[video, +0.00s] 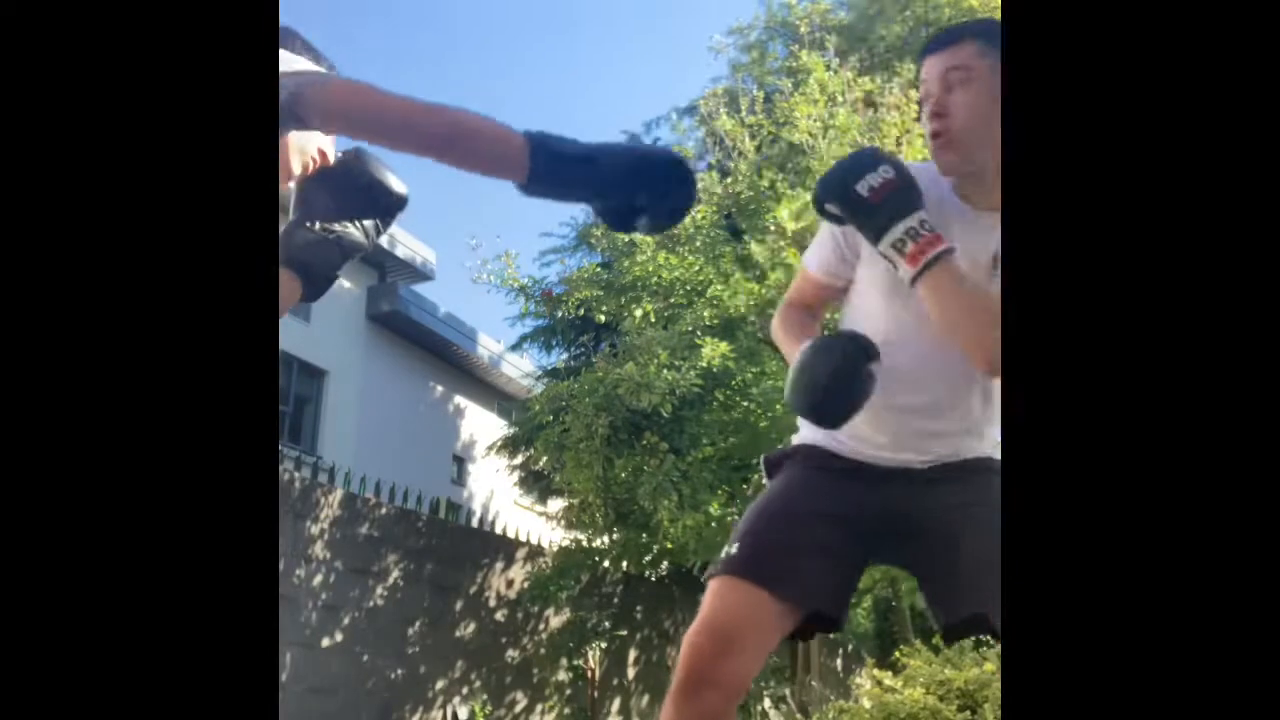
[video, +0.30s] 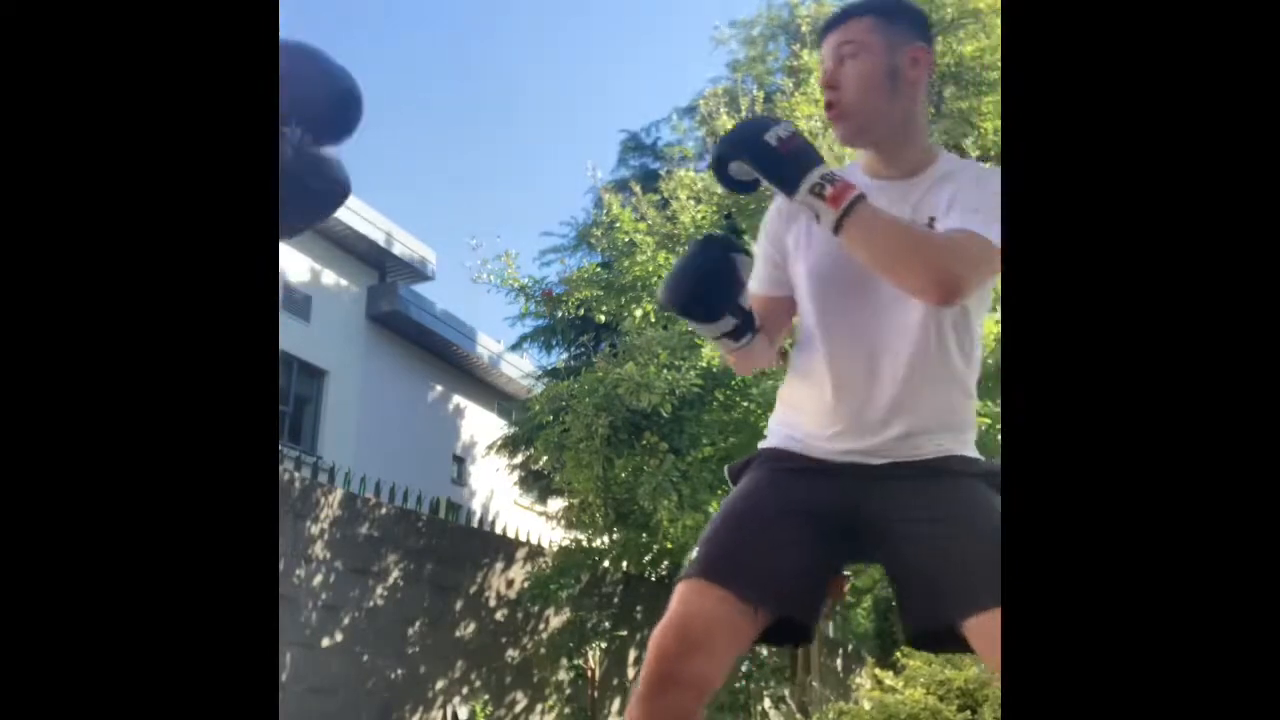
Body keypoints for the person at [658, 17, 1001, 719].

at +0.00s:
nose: (932, 105)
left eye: (956, 82)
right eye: (925, 90)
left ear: (1007, 94)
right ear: (920, 107)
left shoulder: (1002, 217)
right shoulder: (882, 194)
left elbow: (992, 349)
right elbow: (795, 311)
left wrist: (908, 234)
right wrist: (808, 356)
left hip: (966, 472)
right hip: (834, 464)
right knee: (711, 654)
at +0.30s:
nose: (825, 80)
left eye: (849, 55)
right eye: (823, 65)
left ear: (918, 65)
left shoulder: (979, 185)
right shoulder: (797, 203)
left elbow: (943, 278)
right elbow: (757, 354)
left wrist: (816, 185)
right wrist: (728, 323)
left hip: (934, 467)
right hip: (799, 462)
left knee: (1003, 648)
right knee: (675, 662)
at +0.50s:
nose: (727, 51)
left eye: (745, 24)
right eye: (724, 37)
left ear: (813, 25)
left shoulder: (899, 134)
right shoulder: (722, 177)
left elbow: (882, 237)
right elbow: (695, 337)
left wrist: (744, 171)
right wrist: (664, 275)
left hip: (890, 434)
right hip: (754, 435)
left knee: (997, 662)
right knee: (656, 666)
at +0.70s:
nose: (733, 63)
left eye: (755, 37)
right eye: (726, 52)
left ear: (820, 45)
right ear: (724, 72)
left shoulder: (889, 152)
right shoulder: (703, 183)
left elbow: (875, 237)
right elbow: (655, 348)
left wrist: (740, 158)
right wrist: (646, 290)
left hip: (868, 447)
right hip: (731, 444)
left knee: (992, 660)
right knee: (624, 653)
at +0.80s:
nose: (768, 70)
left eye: (790, 42)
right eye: (759, 57)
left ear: (853, 51)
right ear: (754, 73)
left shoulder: (917, 169)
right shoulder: (729, 176)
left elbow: (909, 276)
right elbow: (685, 305)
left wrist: (782, 187)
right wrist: (684, 330)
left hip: (876, 451)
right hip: (740, 445)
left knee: (996, 659)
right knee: (631, 656)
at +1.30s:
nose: (787, 54)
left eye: (813, 32)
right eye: (780, 41)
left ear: (874, 51)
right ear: (771, 63)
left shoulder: (922, 165)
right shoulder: (737, 176)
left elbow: (972, 230)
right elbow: (646, 312)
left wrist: (814, 155)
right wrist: (639, 239)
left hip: (884, 455)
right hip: (747, 442)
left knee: (995, 677)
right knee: (624, 632)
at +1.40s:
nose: (698, 25)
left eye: (722, 6)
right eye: (692, 13)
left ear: (784, 21)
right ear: (689, 37)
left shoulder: (845, 142)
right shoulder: (664, 134)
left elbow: (964, 162)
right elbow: (500, 177)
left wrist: (868, 73)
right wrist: (470, 59)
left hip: (828, 451)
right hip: (692, 440)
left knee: (937, 685)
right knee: (591, 653)